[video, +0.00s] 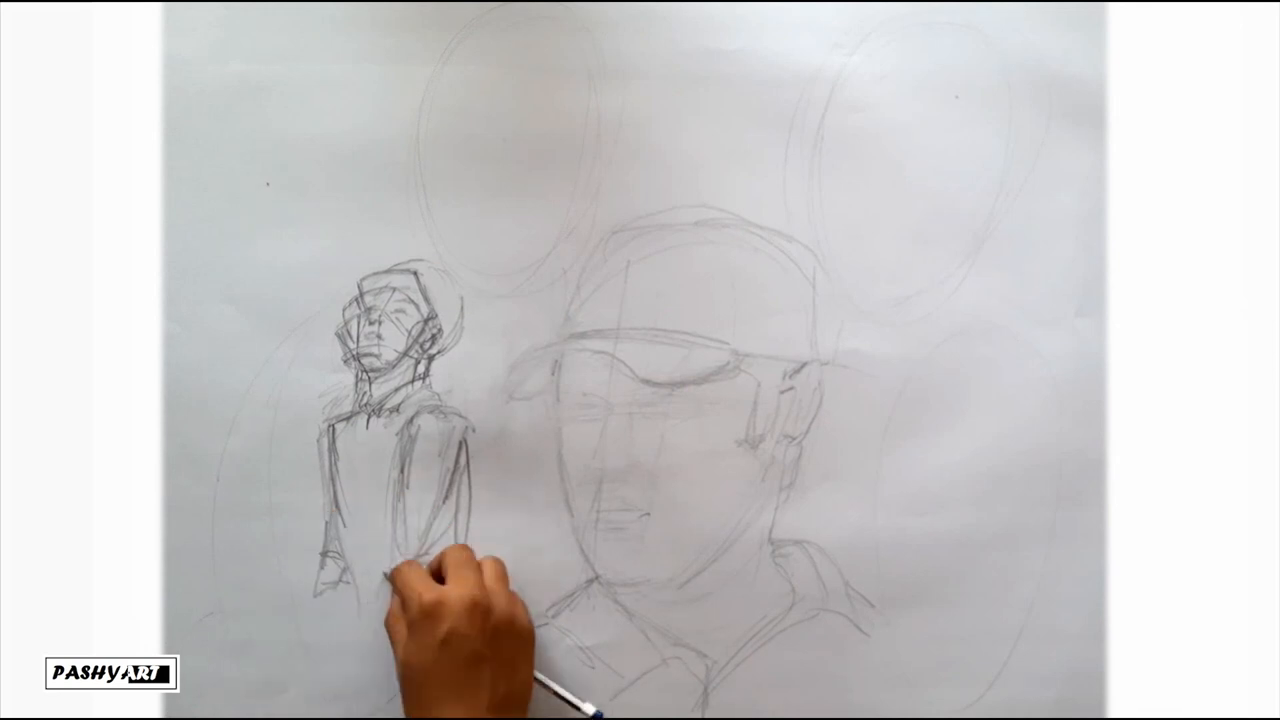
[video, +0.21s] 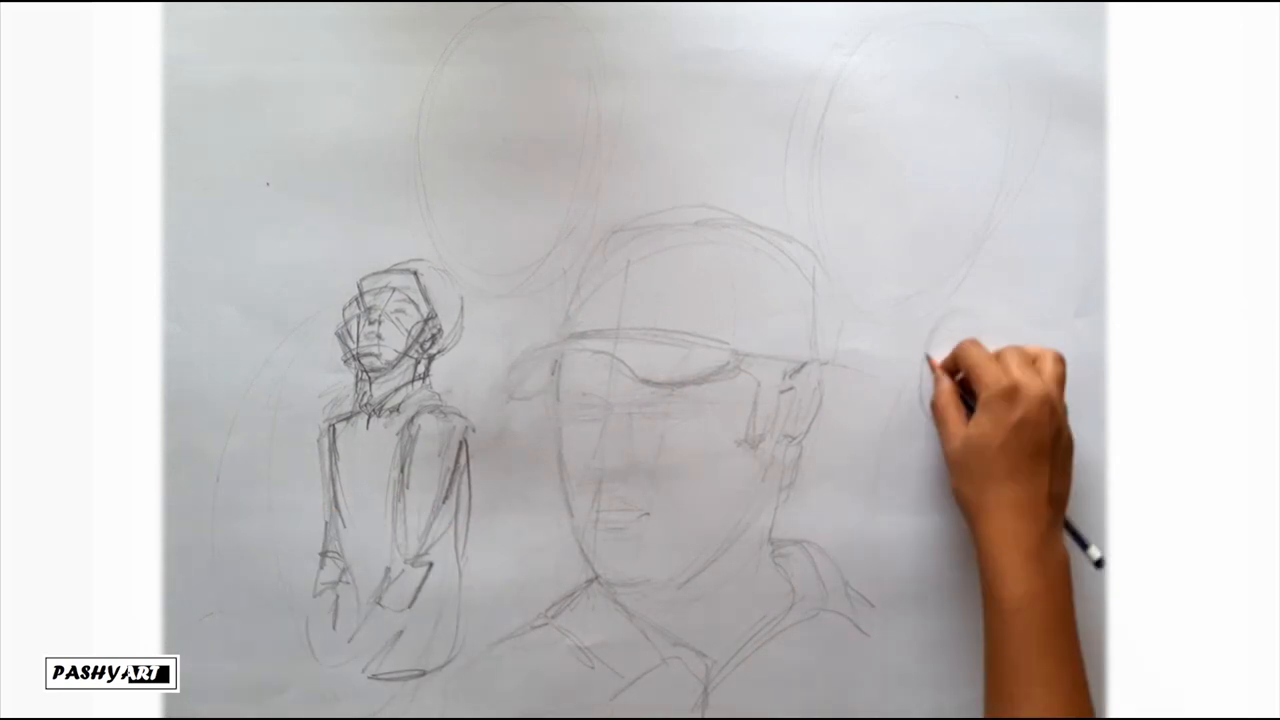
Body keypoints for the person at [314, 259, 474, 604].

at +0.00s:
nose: (374, 326)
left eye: (397, 314)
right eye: (367, 314)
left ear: (428, 334)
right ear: (350, 328)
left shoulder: (438, 428)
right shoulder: (334, 428)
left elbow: (438, 561)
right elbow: (334, 555)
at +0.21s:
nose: (374, 328)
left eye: (397, 316)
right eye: (367, 315)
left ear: (428, 335)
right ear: (352, 328)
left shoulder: (438, 428)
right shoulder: (335, 426)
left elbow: (429, 561)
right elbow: (333, 546)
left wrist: (362, 651)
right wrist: (328, 635)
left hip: (416, 626)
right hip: (348, 625)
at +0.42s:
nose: (374, 326)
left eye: (397, 315)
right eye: (367, 314)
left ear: (428, 334)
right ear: (352, 327)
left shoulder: (439, 428)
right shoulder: (334, 427)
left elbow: (432, 560)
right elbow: (333, 544)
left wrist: (362, 650)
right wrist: (327, 633)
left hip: (415, 628)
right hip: (347, 626)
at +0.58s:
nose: (374, 326)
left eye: (396, 315)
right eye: (367, 314)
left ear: (426, 335)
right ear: (352, 328)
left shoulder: (439, 426)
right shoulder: (335, 423)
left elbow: (433, 557)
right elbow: (333, 542)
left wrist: (373, 641)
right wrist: (327, 626)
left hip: (419, 620)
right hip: (348, 619)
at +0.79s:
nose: (374, 326)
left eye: (396, 314)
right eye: (367, 314)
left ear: (427, 334)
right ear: (351, 327)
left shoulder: (438, 428)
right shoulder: (334, 426)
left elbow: (431, 558)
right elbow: (332, 540)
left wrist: (364, 646)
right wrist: (327, 616)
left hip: (415, 625)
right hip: (346, 623)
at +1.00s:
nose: (373, 328)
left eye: (395, 315)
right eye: (366, 315)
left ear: (426, 335)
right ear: (350, 328)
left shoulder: (437, 427)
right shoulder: (333, 428)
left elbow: (431, 560)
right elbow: (331, 545)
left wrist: (356, 654)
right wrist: (324, 632)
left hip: (414, 629)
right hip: (345, 629)